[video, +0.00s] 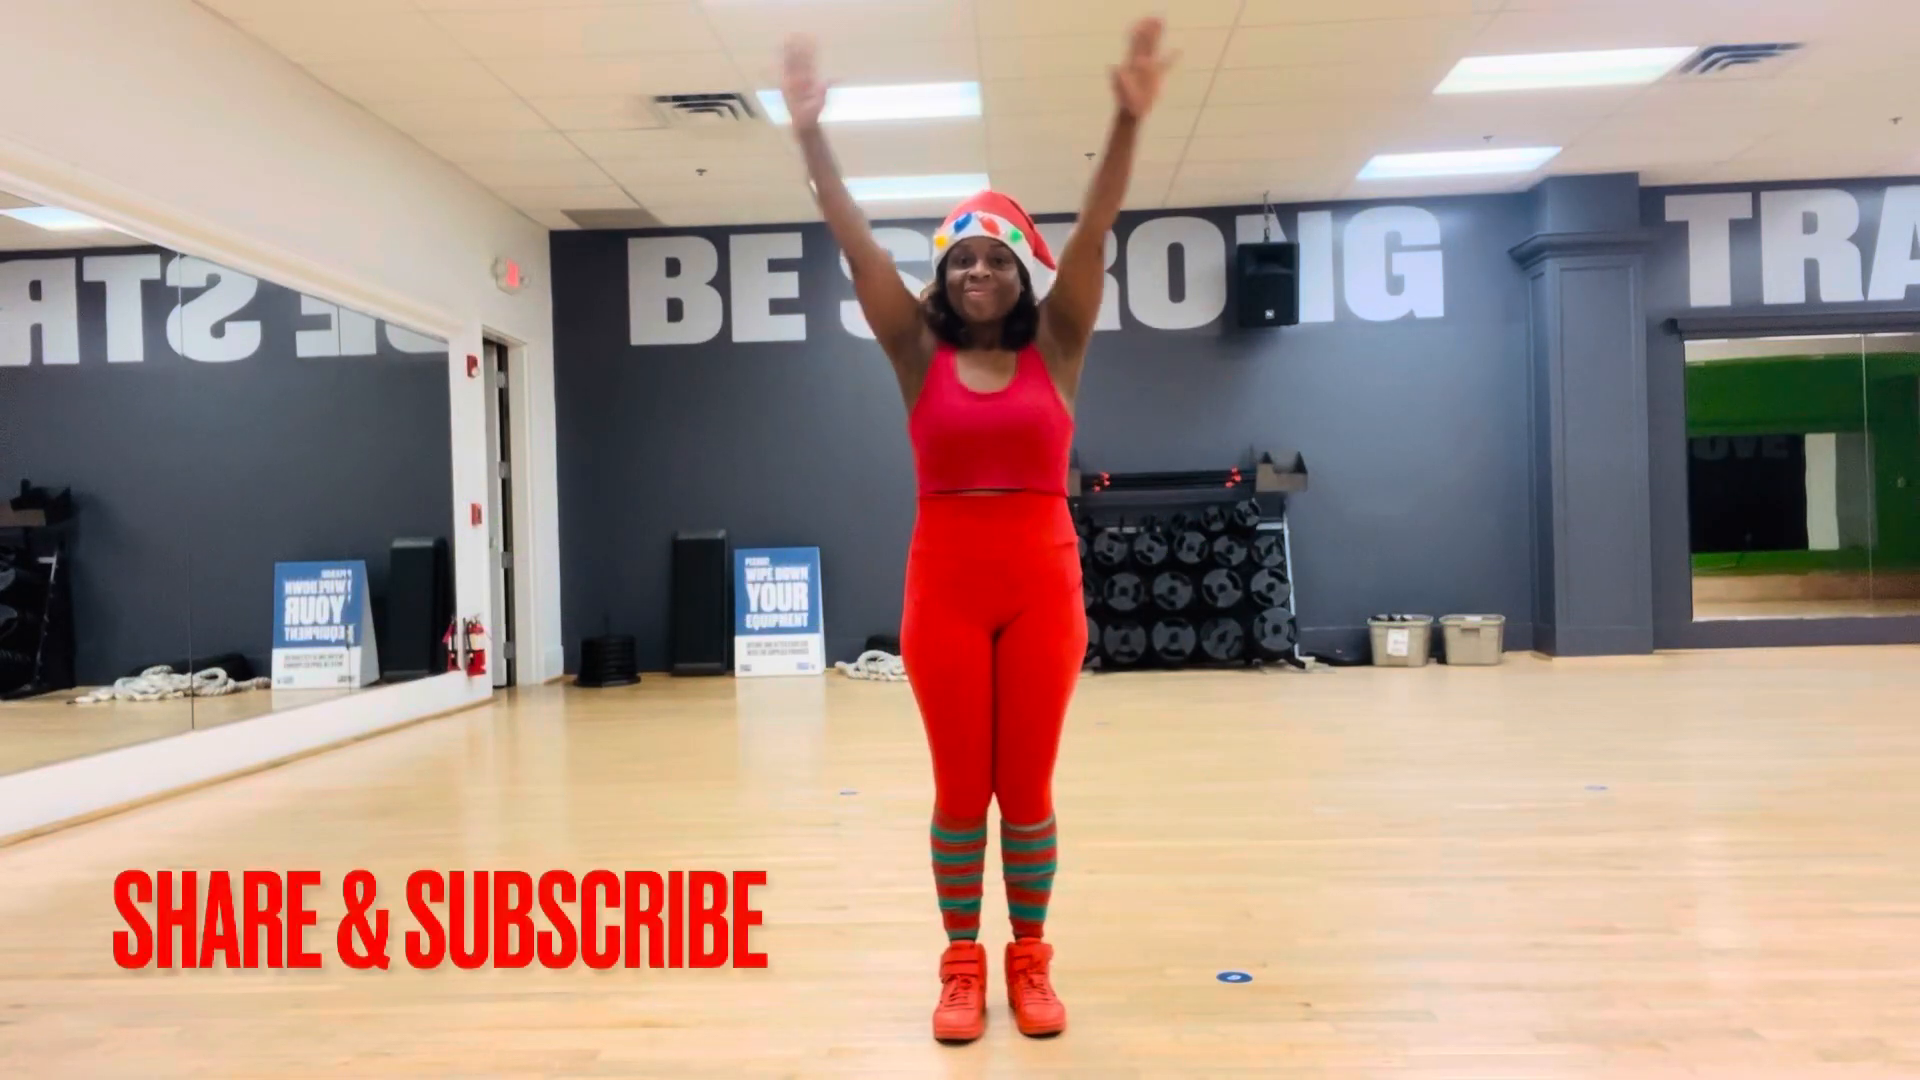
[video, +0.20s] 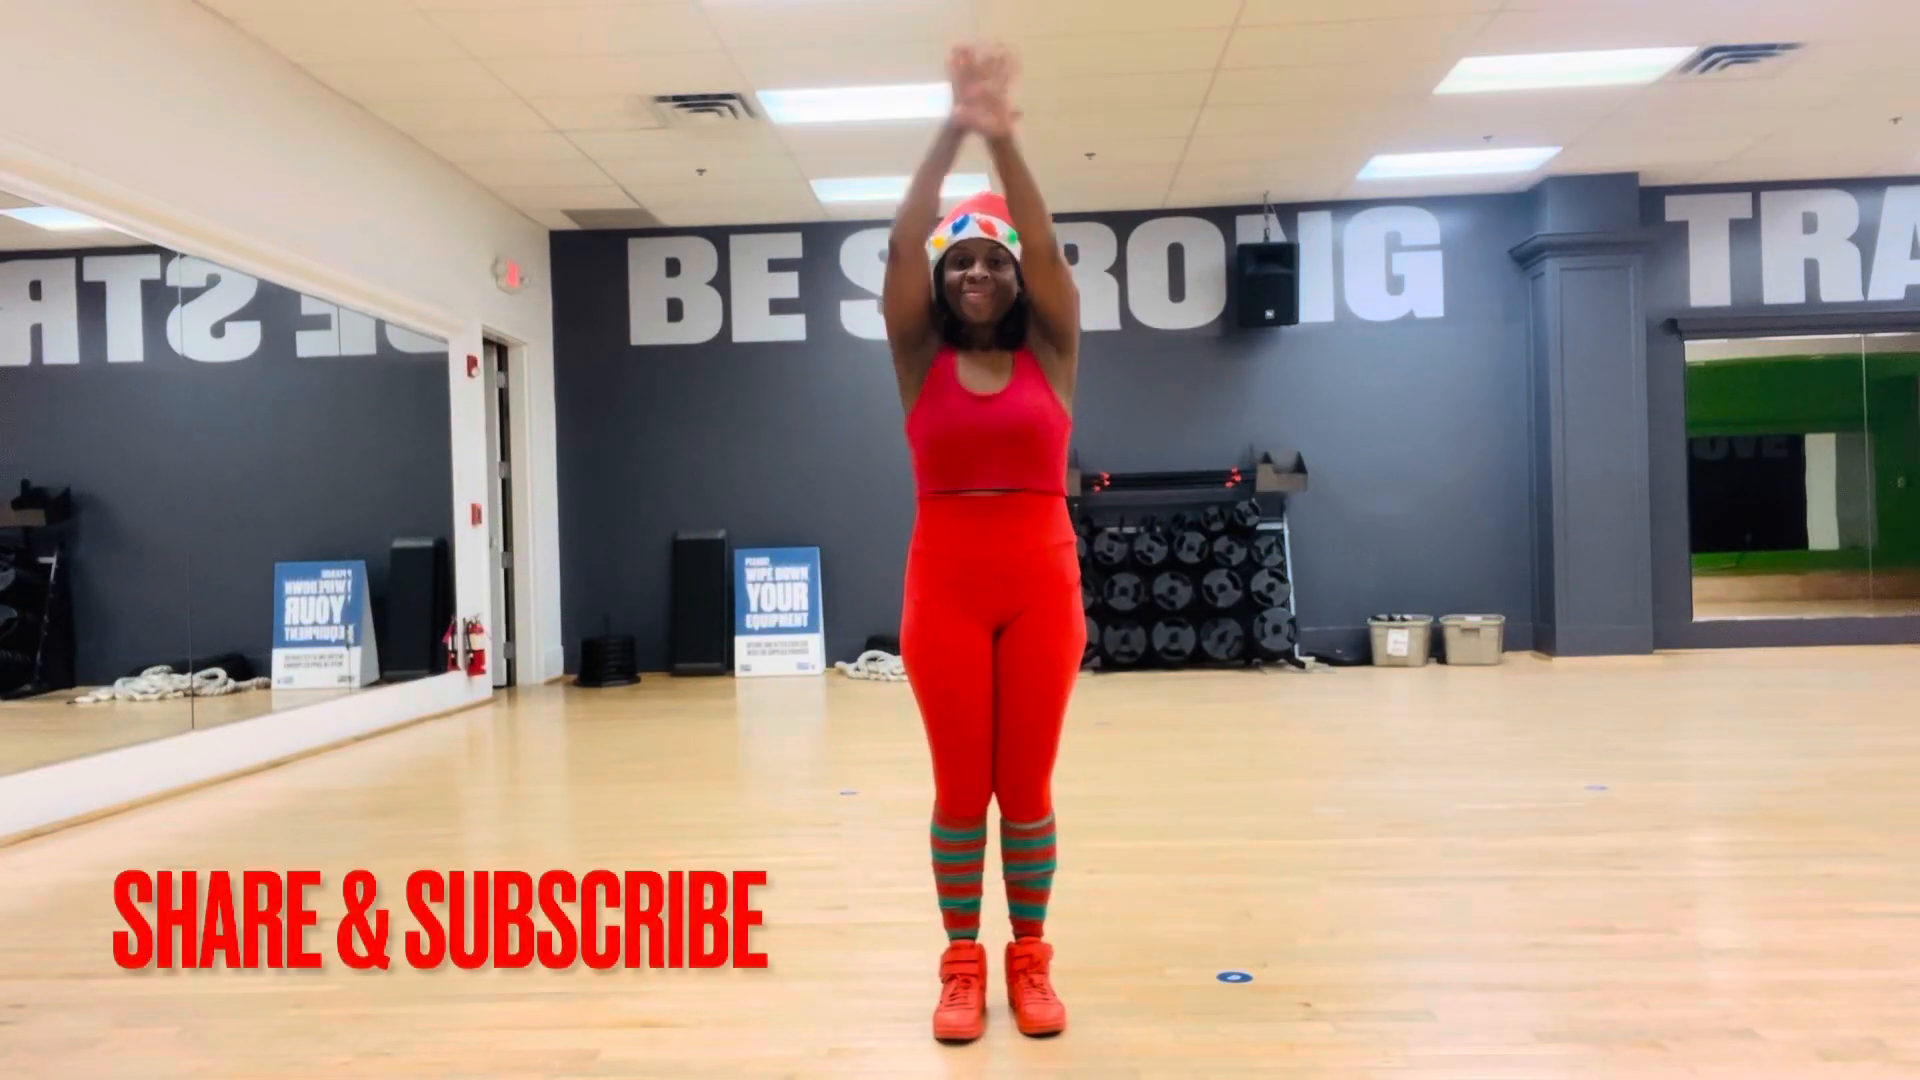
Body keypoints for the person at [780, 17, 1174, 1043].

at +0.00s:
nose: (980, 273)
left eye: (998, 260)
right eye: (963, 260)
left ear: (1025, 277)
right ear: (942, 278)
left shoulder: (1055, 347)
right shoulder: (917, 352)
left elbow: (1095, 230)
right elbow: (850, 236)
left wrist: (1130, 117)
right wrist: (808, 126)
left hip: (1045, 591)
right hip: (944, 596)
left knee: (1027, 787)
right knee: (961, 786)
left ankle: (1031, 960)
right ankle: (963, 964)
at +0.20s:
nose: (979, 275)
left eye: (994, 266)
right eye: (963, 266)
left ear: (1018, 283)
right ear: (940, 286)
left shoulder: (1050, 351)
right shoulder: (920, 358)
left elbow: (1040, 242)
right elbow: (907, 245)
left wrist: (1002, 132)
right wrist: (954, 127)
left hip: (1042, 592)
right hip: (945, 595)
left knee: (1026, 784)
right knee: (962, 785)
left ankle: (1030, 959)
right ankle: (962, 964)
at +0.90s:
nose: (971, 284)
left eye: (989, 269)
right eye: (956, 270)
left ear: (1019, 281)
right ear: (935, 283)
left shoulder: (1048, 351)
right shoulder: (911, 353)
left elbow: (1086, 233)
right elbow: (851, 240)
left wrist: (1131, 123)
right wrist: (842, 122)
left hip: (1037, 592)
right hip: (940, 594)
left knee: (1023, 786)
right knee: (958, 786)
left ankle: (1030, 958)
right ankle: (962, 963)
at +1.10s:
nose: (970, 283)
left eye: (987, 269)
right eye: (954, 269)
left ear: (1015, 279)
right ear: (933, 279)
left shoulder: (1051, 345)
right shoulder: (903, 349)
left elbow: (1130, 254)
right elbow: (813, 257)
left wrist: (1223, 171)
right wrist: (738, 163)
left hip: (1037, 587)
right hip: (938, 591)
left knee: (1022, 783)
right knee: (958, 784)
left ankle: (1031, 961)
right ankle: (962, 966)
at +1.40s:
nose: (966, 284)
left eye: (984, 272)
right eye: (952, 271)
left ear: (1014, 286)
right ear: (931, 284)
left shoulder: (1055, 351)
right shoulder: (898, 354)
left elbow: (1172, 321)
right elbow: (772, 323)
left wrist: (1291, 300)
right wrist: (667, 290)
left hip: (1032, 589)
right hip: (934, 592)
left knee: (1019, 784)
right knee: (955, 786)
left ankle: (1030, 960)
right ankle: (961, 963)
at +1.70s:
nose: (968, 280)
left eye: (985, 268)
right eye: (954, 267)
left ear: (1013, 282)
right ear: (933, 280)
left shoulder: (1051, 361)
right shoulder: (896, 364)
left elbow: (1170, 396)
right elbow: (779, 408)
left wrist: (1276, 430)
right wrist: (678, 442)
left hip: (1031, 589)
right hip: (932, 593)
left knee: (1019, 785)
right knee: (954, 787)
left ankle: (1030, 959)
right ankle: (962, 965)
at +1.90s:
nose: (970, 282)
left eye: (989, 270)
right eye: (956, 266)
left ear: (1013, 286)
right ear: (933, 276)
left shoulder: (1050, 370)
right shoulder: (894, 372)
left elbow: (1149, 450)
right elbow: (799, 469)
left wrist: (1234, 528)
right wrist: (722, 541)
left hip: (1030, 589)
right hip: (931, 591)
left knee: (1018, 784)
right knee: (954, 788)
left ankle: (1031, 960)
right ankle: (963, 966)